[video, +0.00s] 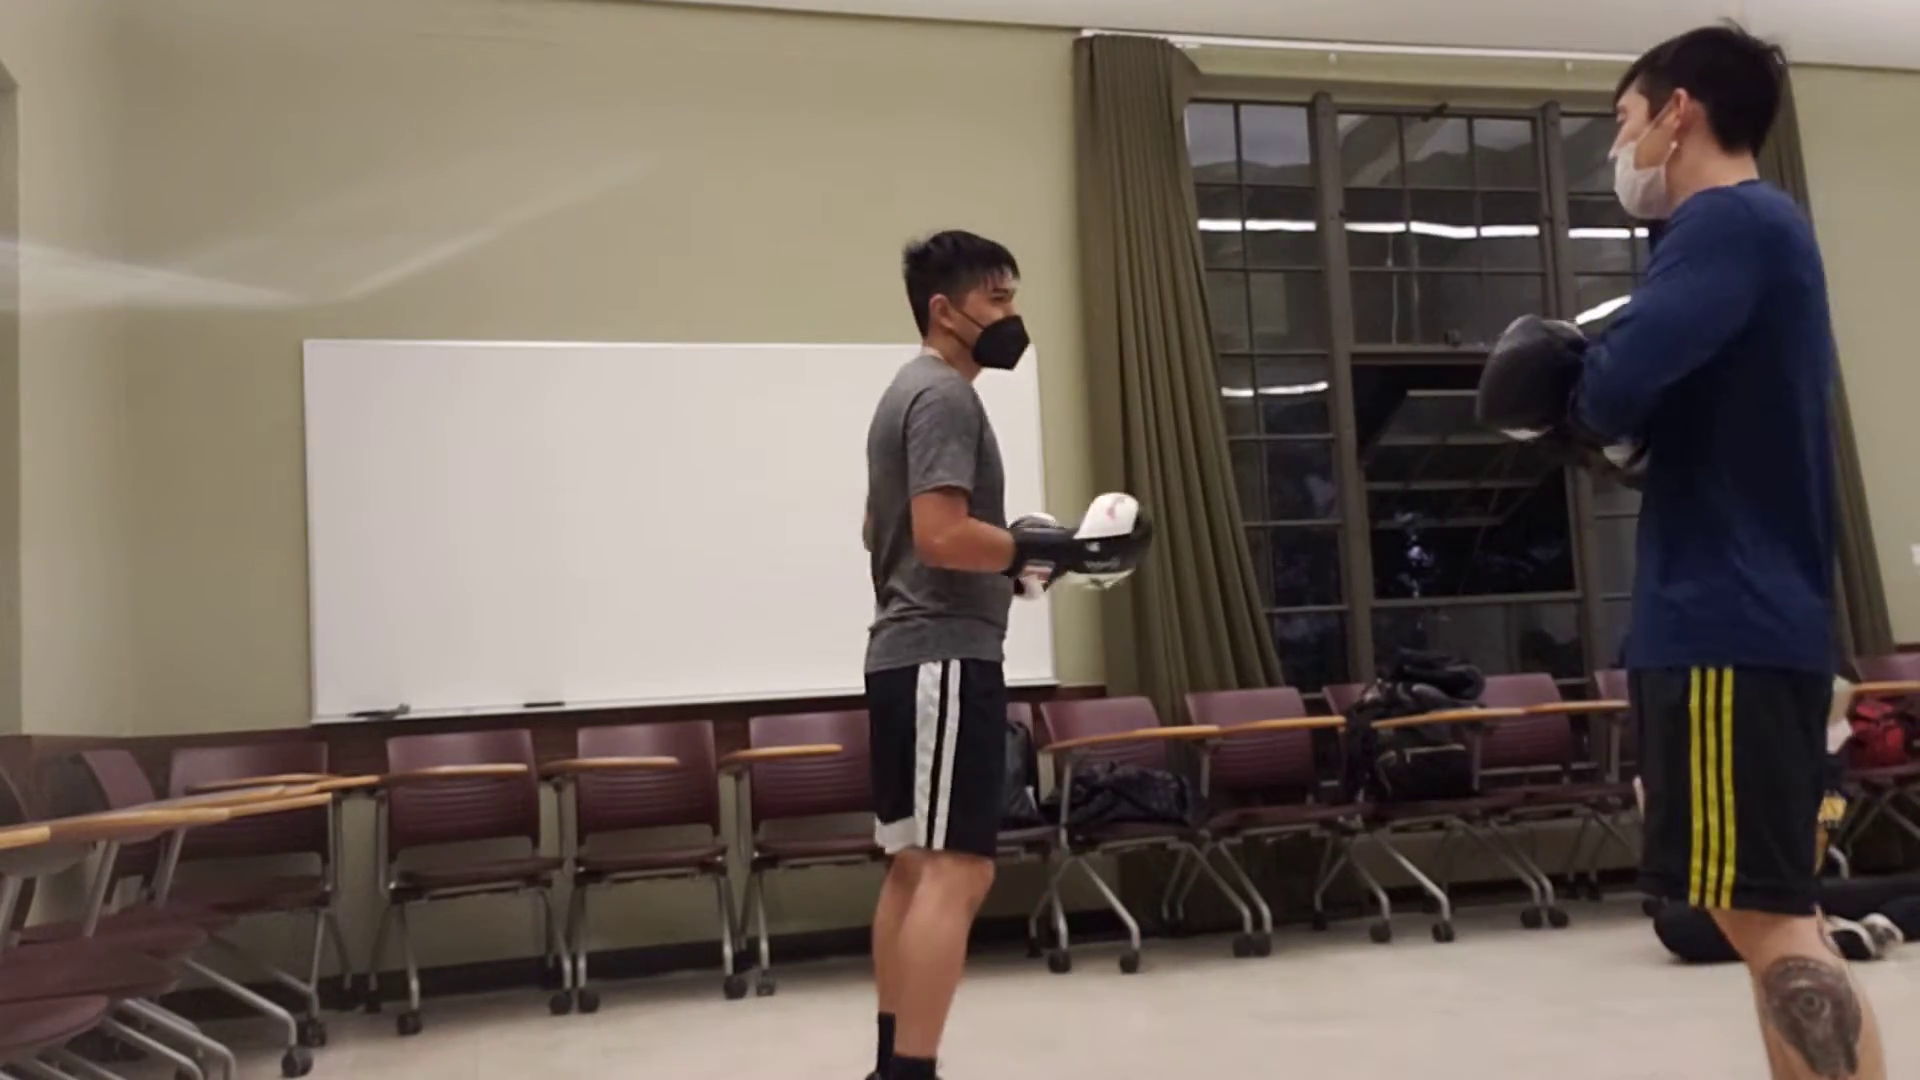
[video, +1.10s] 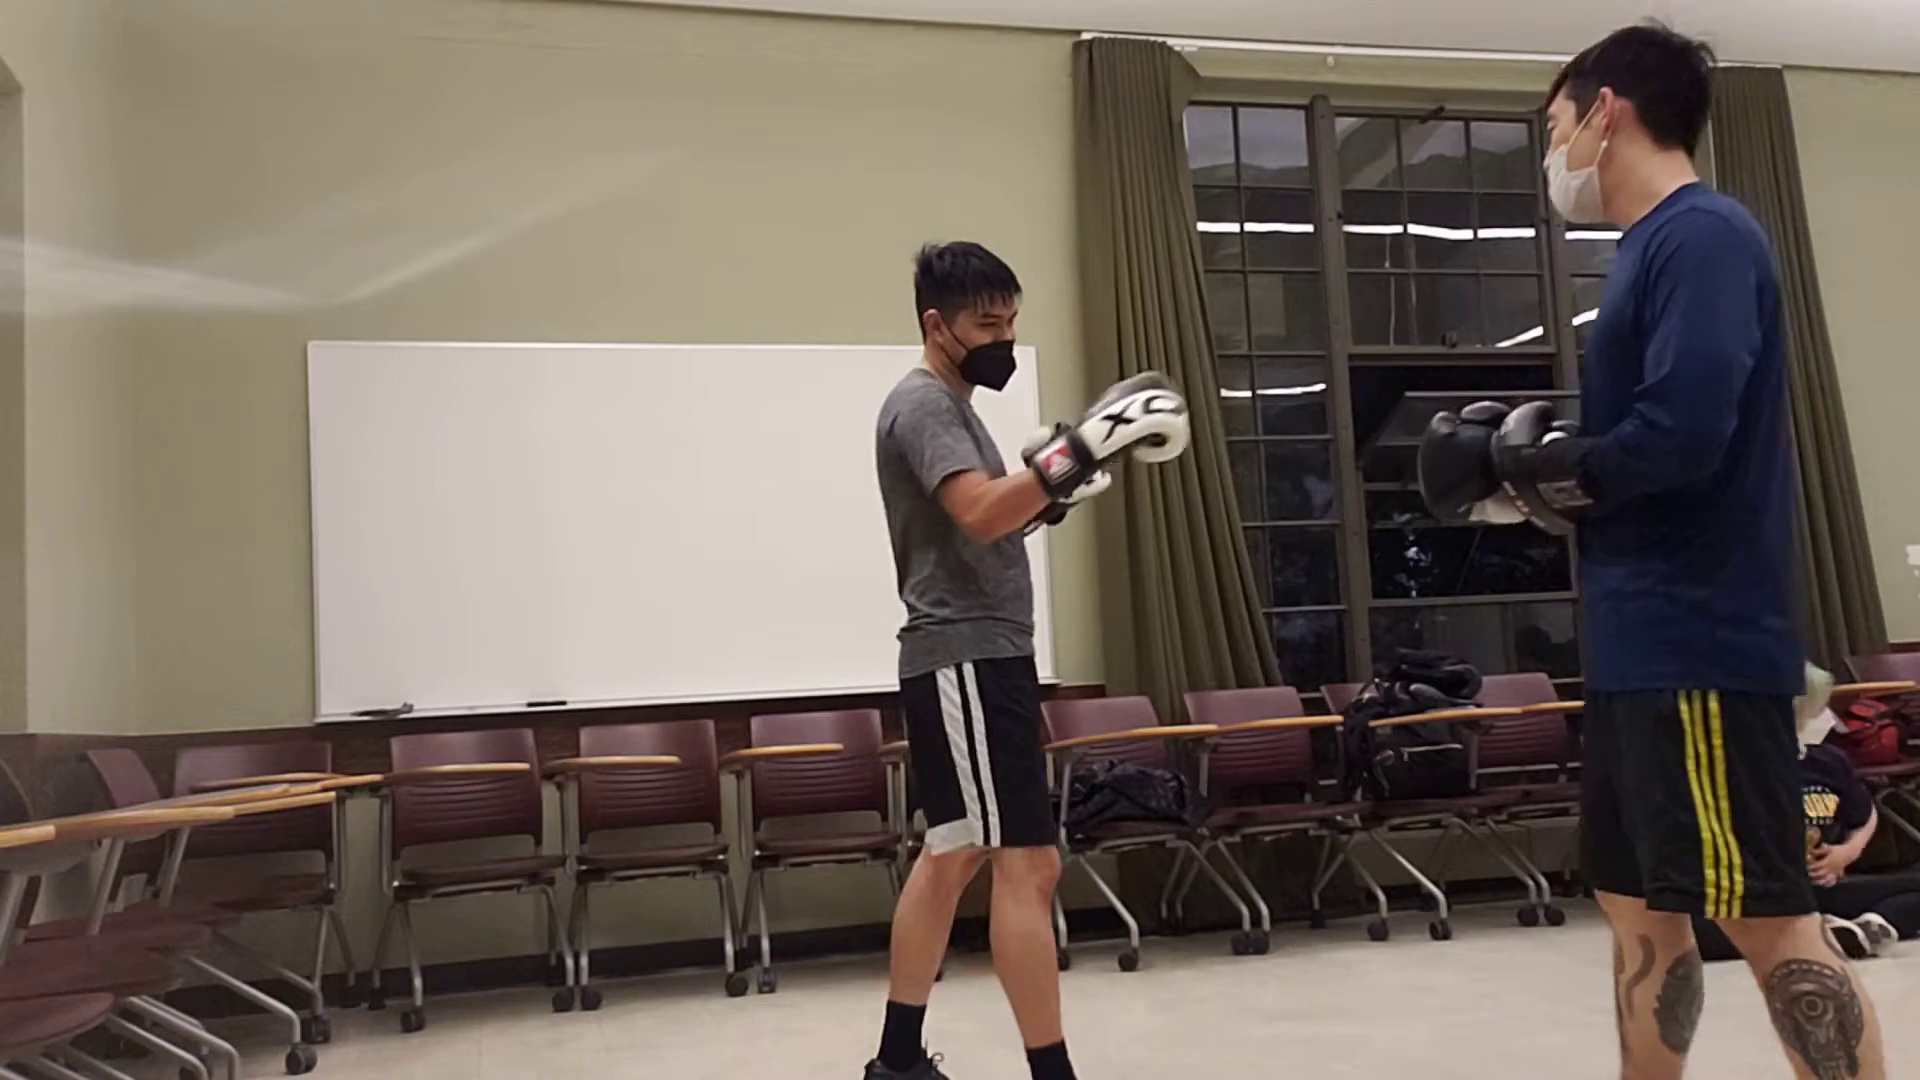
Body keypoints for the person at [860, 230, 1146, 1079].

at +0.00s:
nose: (1013, 311)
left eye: (1012, 296)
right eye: (997, 296)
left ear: (943, 311)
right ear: (942, 306)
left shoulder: (908, 393)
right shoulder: (943, 394)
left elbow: (891, 539)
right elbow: (941, 535)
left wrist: (1011, 558)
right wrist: (1035, 548)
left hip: (908, 655)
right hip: (946, 657)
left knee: (910, 870)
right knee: (959, 871)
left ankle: (895, 1061)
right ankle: (912, 1068)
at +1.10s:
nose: (1003, 337)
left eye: (1008, 320)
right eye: (985, 321)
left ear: (1003, 315)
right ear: (933, 321)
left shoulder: (948, 408)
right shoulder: (920, 406)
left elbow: (993, 521)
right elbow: (982, 513)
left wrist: (1068, 480)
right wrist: (1075, 447)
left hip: (967, 658)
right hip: (968, 660)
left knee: (949, 857)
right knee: (1028, 864)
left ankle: (897, 1057)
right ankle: (1054, 1072)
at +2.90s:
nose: (879, 342)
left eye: (889, 328)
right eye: (862, 326)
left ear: (895, 330)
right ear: (814, 325)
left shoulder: (856, 434)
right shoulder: (778, 420)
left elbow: (857, 565)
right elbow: (726, 547)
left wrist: (921, 514)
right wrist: (823, 597)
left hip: (836, 676)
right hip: (792, 675)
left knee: (821, 873)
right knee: (803, 874)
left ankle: (794, 1054)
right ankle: (777, 1068)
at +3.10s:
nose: (882, 354)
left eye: (894, 341)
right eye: (867, 335)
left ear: (903, 345)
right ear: (822, 330)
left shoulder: (855, 438)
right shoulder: (783, 417)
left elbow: (860, 568)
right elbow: (729, 540)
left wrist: (924, 513)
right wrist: (825, 613)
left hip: (839, 659)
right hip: (799, 659)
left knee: (843, 856)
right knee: (840, 856)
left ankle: (796, 1051)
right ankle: (792, 1055)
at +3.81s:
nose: (894, 379)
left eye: (894, 369)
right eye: (887, 367)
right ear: (858, 360)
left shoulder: (872, 439)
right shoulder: (800, 428)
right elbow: (774, 552)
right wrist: (848, 651)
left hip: (843, 670)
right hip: (797, 671)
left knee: (841, 875)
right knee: (820, 872)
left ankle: (801, 1053)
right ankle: (800, 1056)